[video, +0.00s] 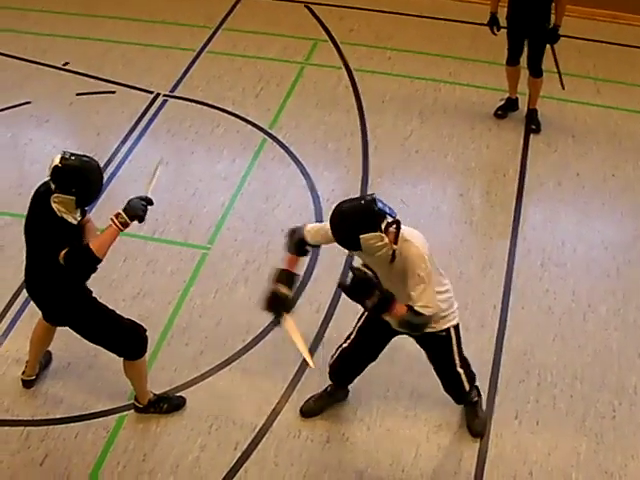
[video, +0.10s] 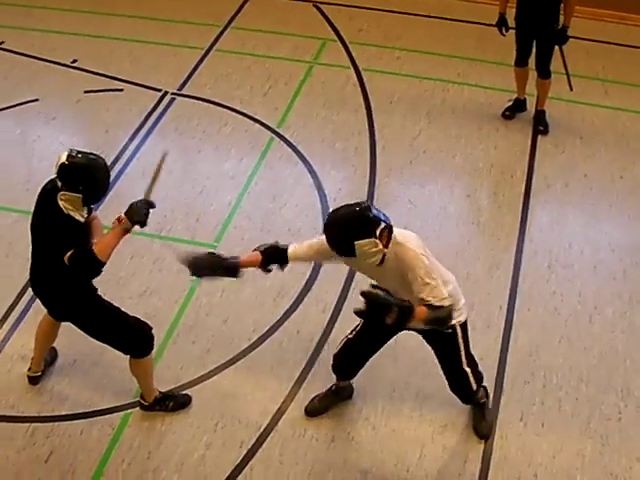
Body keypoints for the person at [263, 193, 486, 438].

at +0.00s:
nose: (357, 252)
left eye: (360, 247)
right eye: (354, 247)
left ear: (381, 236)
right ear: (357, 241)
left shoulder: (412, 250)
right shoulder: (358, 234)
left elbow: (422, 321)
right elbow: (299, 236)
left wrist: (380, 302)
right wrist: (284, 283)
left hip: (435, 317)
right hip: (389, 306)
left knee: (453, 373)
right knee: (346, 360)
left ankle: (471, 401)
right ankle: (336, 390)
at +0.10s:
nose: (345, 257)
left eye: (350, 252)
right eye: (344, 253)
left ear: (376, 241)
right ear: (343, 247)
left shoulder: (407, 253)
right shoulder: (345, 246)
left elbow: (442, 310)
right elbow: (286, 253)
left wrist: (401, 315)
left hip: (438, 311)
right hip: (397, 304)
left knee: (459, 374)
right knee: (348, 354)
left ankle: (479, 402)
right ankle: (341, 389)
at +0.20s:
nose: (351, 266)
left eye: (354, 259)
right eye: (349, 260)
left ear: (376, 248)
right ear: (350, 255)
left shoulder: (413, 255)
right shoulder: (343, 251)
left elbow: (462, 301)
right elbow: (287, 263)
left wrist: (421, 314)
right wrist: (239, 284)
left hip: (441, 309)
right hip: (396, 306)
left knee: (466, 377)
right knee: (352, 356)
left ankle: (489, 398)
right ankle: (347, 389)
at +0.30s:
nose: (349, 256)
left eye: (354, 251)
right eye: (348, 250)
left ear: (375, 246)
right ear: (364, 246)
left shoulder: (423, 253)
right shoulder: (358, 247)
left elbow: (471, 302)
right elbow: (323, 285)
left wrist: (428, 311)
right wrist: (294, 331)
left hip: (448, 319)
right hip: (398, 311)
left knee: (475, 390)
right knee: (353, 359)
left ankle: (498, 398)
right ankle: (352, 390)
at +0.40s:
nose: (375, 262)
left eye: (377, 257)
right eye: (372, 257)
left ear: (399, 247)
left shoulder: (439, 254)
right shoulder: (375, 253)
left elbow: (479, 306)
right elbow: (366, 304)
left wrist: (428, 307)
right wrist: (372, 334)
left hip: (460, 323)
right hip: (411, 315)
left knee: (484, 382)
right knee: (365, 356)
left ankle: (504, 401)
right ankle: (359, 390)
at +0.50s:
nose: (405, 261)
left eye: (409, 255)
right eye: (400, 257)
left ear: (430, 236)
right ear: (396, 252)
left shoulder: (457, 253)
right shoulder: (398, 258)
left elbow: (490, 307)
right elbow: (399, 301)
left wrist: (440, 302)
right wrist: (426, 340)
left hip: (475, 324)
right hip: (430, 317)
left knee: (494, 392)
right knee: (379, 354)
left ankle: (512, 404)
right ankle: (365, 391)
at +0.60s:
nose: (413, 243)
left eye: (415, 236)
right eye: (411, 237)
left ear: (432, 231)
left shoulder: (477, 251)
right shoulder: (421, 246)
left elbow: (507, 307)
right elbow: (422, 287)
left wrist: (456, 300)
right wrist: (429, 330)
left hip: (489, 330)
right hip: (444, 318)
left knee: (503, 401)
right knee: (394, 353)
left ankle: (519, 405)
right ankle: (373, 390)